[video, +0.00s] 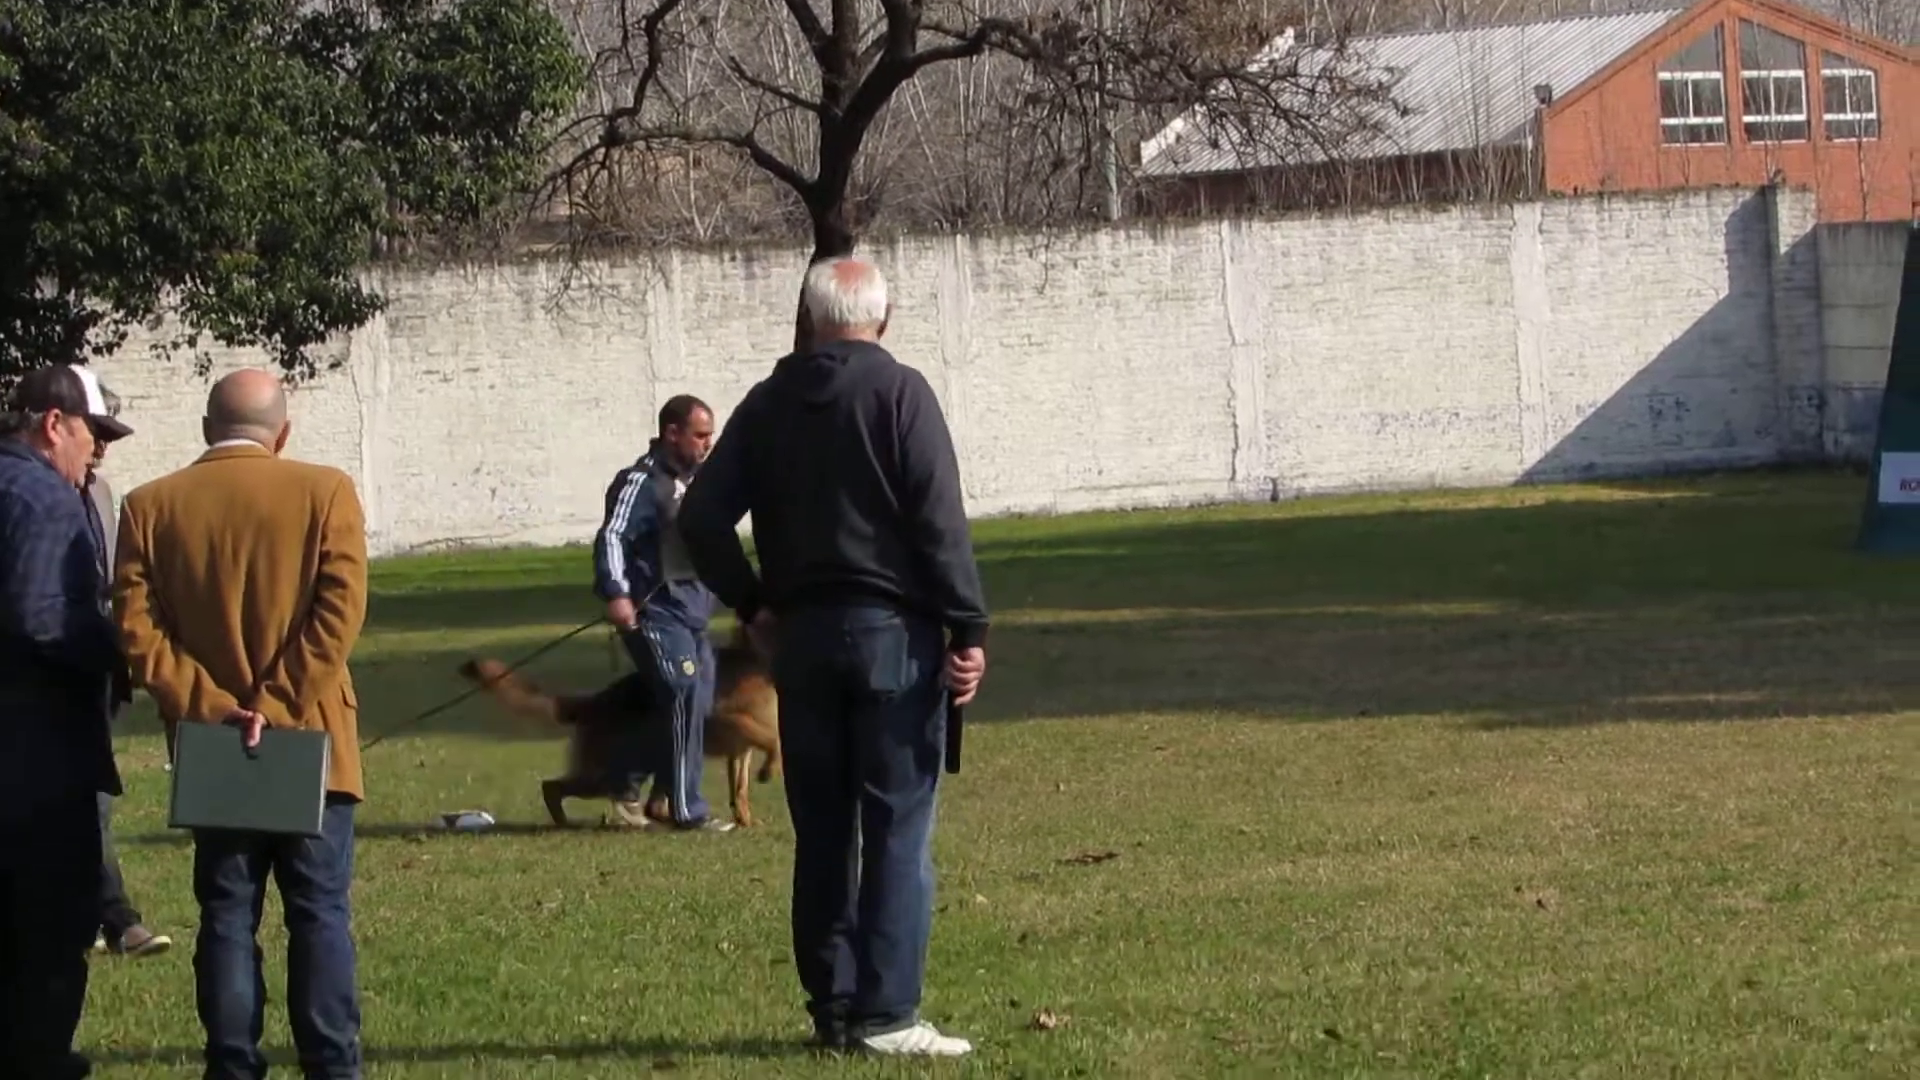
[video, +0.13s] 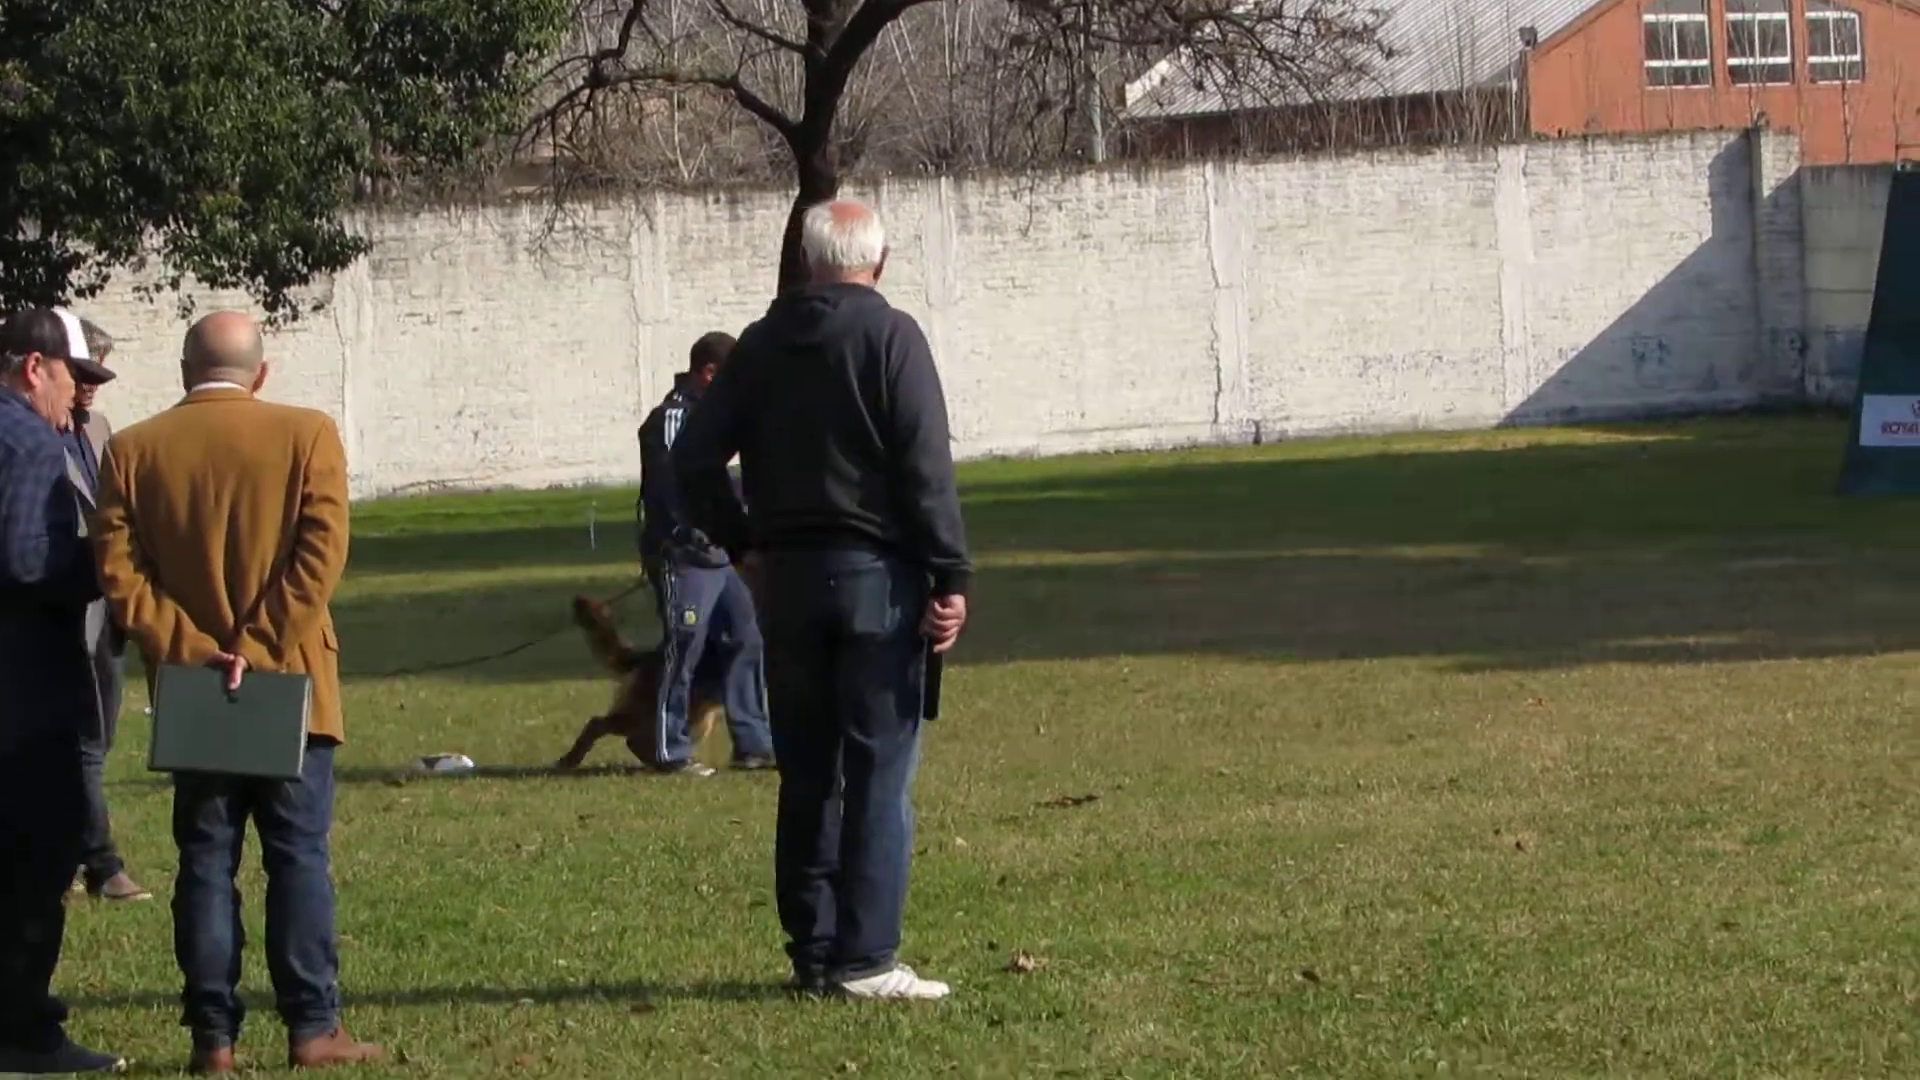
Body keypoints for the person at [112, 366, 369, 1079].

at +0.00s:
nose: (288, 432)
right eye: (288, 424)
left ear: (208, 426)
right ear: (281, 430)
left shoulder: (150, 504)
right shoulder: (327, 490)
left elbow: (136, 630)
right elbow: (341, 612)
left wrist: (210, 706)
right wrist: (279, 700)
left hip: (209, 758)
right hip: (316, 751)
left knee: (225, 909)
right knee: (320, 908)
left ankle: (232, 1066)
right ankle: (333, 1065)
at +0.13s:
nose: (267, 374)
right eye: (266, 365)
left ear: (186, 368)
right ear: (262, 372)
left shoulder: (133, 448)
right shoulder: (309, 434)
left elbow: (118, 575)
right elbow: (319, 555)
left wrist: (189, 649)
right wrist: (260, 648)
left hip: (191, 702)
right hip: (295, 698)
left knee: (205, 859)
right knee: (300, 857)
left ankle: (213, 1037)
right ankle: (315, 1030)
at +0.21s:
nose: (237, 332)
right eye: (237, 323)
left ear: (156, 331)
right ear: (233, 332)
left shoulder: (109, 408)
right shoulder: (283, 393)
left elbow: (93, 536)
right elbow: (295, 515)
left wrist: (170, 608)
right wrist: (236, 609)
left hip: (167, 661)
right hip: (270, 657)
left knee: (180, 819)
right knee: (275, 817)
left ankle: (189, 997)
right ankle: (290, 990)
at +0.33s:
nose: (188, 291)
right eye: (187, 282)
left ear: (107, 291)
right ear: (184, 291)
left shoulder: (60, 370)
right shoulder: (237, 352)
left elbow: (47, 498)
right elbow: (250, 475)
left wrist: (128, 571)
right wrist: (192, 568)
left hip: (121, 620)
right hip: (225, 616)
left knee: (135, 776)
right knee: (230, 775)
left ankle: (143, 958)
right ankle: (244, 950)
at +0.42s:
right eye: (158, 262)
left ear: (76, 274)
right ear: (154, 272)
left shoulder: (27, 355)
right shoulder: (207, 333)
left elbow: (18, 482)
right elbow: (222, 454)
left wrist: (89, 549)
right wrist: (165, 547)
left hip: (90, 604)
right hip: (196, 598)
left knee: (105, 763)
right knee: (200, 760)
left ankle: (114, 941)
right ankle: (215, 934)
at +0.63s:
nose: (69, 233)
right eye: (70, 225)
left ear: (0, 233)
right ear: (65, 235)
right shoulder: (118, 297)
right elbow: (137, 419)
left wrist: (22, 520)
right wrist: (77, 508)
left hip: (9, 564)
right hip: (105, 562)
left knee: (18, 730)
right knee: (111, 725)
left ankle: (24, 908)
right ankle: (126, 899)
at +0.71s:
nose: (23, 225)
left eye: (16, 213)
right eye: (22, 212)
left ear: (13, 225)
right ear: (20, 223)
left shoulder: (62, 287)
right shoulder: (64, 286)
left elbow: (81, 413)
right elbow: (82, 413)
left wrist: (26, 502)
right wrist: (23, 500)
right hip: (44, 544)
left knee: (54, 710)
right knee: (56, 710)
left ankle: (70, 881)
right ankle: (72, 885)